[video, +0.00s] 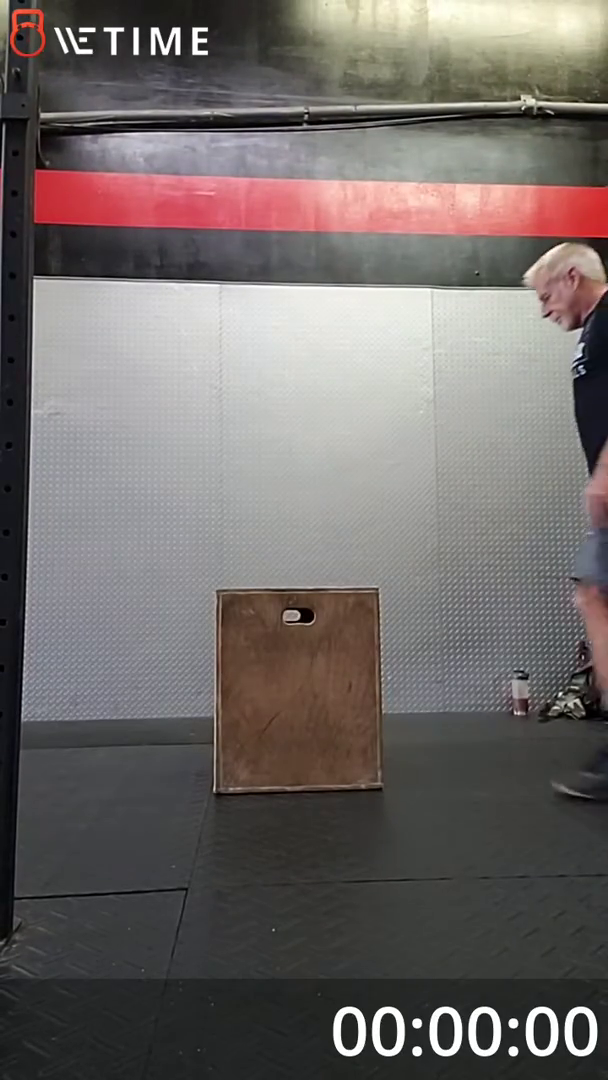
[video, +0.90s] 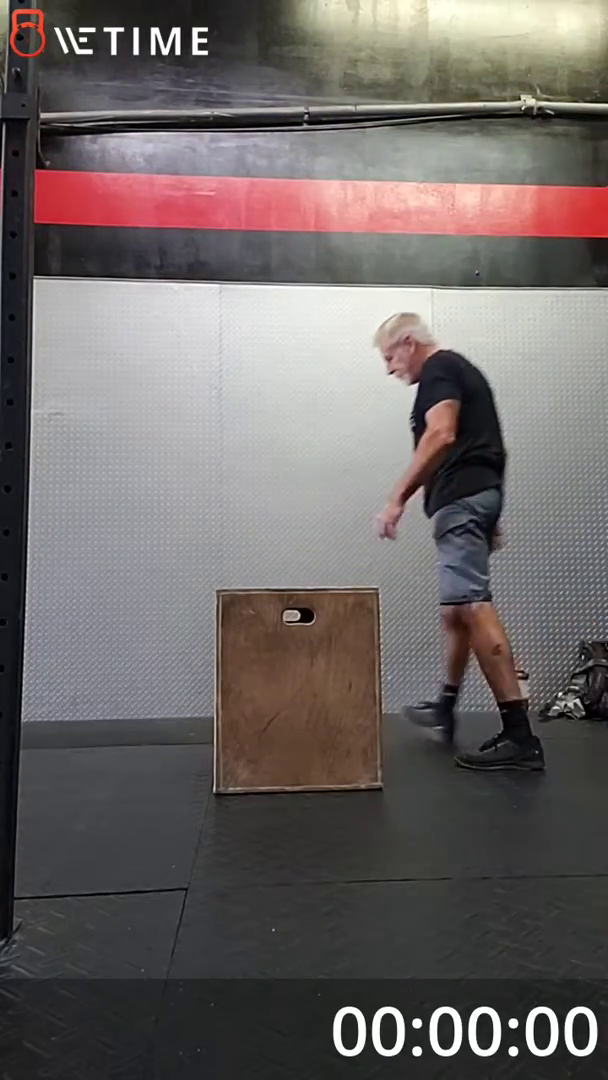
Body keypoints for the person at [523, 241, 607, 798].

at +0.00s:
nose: (545, 311)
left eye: (547, 299)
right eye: (542, 302)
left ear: (574, 281)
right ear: (572, 284)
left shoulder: (600, 328)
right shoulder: (591, 332)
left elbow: (599, 413)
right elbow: (597, 412)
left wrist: (599, 474)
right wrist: (595, 476)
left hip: (602, 483)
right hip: (600, 482)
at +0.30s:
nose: (503, 331)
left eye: (505, 319)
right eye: (500, 323)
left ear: (531, 304)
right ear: (532, 307)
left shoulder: (561, 334)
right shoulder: (575, 334)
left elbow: (572, 406)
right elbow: (578, 410)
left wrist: (541, 487)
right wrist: (546, 487)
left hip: (577, 490)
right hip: (592, 488)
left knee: (526, 607)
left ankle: (523, 735)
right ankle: (521, 733)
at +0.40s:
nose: (481, 336)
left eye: (483, 324)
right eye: (478, 327)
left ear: (506, 310)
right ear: (511, 310)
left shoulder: (535, 341)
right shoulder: (560, 340)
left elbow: (543, 416)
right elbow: (574, 423)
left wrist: (519, 497)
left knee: (501, 607)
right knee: (592, 609)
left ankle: (519, 738)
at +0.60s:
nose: (438, 345)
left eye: (438, 333)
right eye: (435, 336)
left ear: (460, 319)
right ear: (465, 319)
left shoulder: (487, 347)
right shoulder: (519, 347)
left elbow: (496, 421)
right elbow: (540, 431)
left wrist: (472, 500)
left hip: (508, 491)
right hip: (536, 489)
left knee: (487, 608)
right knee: (512, 604)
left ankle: (518, 738)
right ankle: (585, 677)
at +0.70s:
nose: (427, 349)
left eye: (427, 338)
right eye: (423, 341)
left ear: (448, 323)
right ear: (452, 323)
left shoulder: (475, 350)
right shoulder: (504, 349)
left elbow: (483, 422)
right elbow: (526, 433)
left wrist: (453, 498)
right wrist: (527, 503)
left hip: (495, 492)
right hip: (518, 489)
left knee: (485, 610)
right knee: (498, 604)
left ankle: (519, 736)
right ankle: (549, 692)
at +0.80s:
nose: (405, 359)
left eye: (405, 348)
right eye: (401, 352)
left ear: (425, 333)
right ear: (428, 334)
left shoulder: (454, 359)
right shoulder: (477, 360)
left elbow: (459, 428)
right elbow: (499, 441)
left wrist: (415, 496)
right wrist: (507, 508)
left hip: (477, 496)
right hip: (494, 494)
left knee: (480, 610)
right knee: (475, 610)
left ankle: (520, 737)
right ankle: (492, 714)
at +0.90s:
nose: (390, 370)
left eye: (390, 360)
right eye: (386, 363)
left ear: (409, 344)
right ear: (411, 346)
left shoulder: (439, 368)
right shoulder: (462, 371)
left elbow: (442, 434)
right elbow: (485, 450)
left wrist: (399, 498)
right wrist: (488, 515)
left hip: (461, 501)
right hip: (476, 500)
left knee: (473, 610)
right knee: (454, 612)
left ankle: (520, 736)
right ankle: (444, 709)